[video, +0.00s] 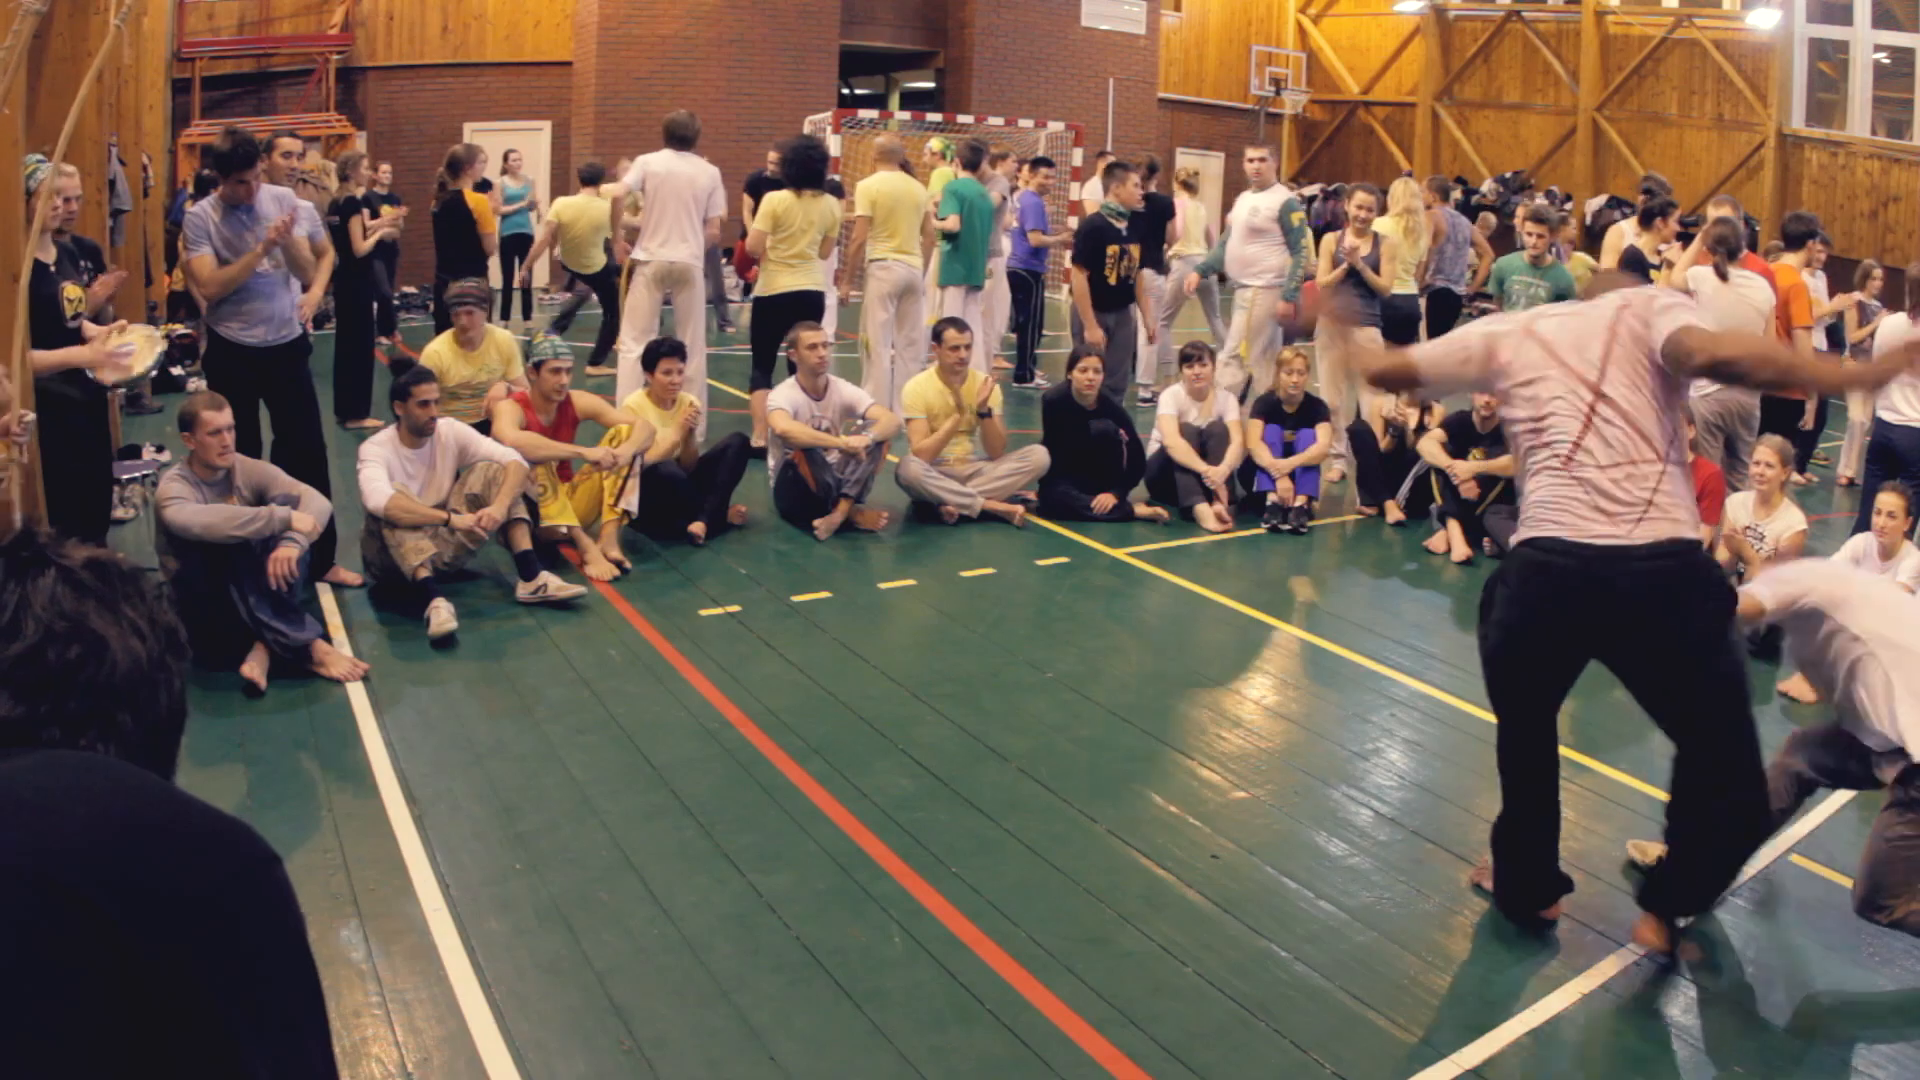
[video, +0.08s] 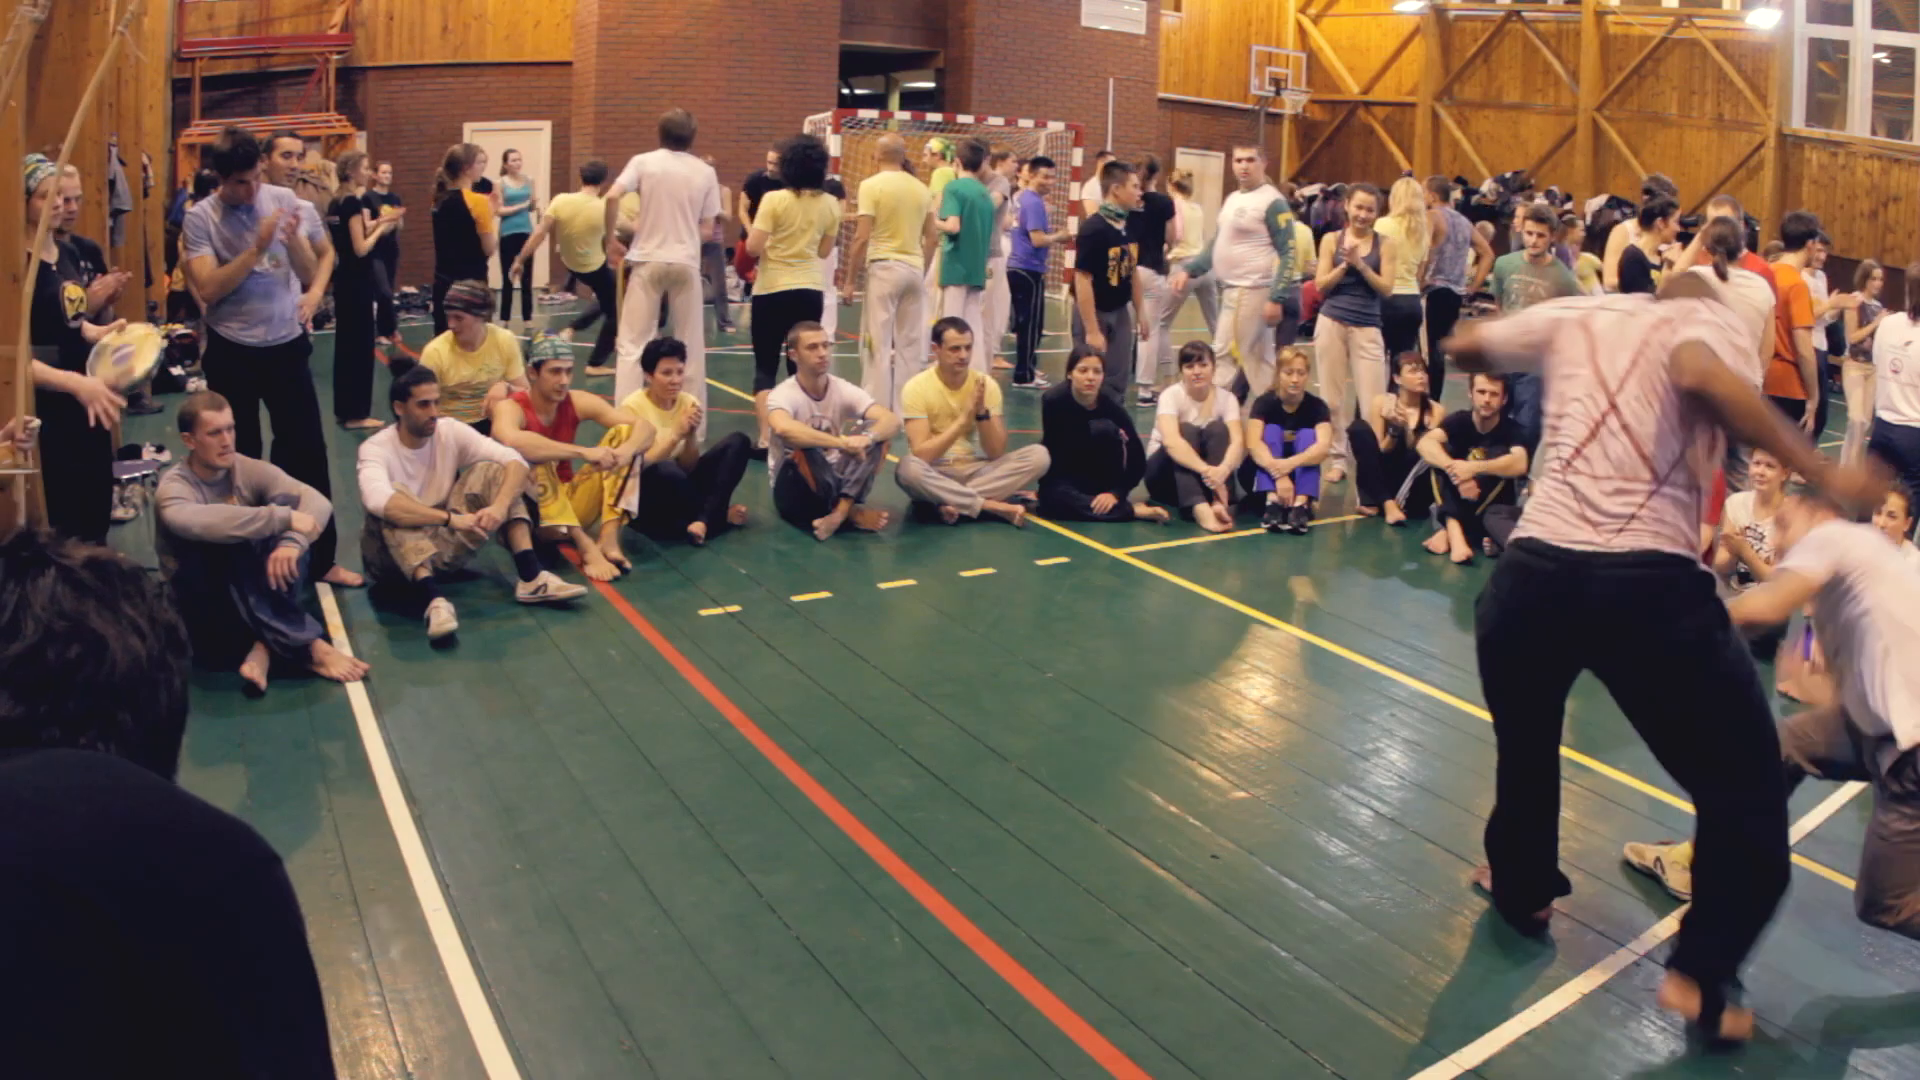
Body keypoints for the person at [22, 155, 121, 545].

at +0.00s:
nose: (61, 206)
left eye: (66, 198)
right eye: (51, 197)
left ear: (72, 201)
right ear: (28, 201)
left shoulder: (64, 254)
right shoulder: (16, 265)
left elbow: (69, 318)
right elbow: (15, 359)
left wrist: (99, 332)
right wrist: (83, 356)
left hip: (83, 391)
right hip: (45, 400)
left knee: (96, 495)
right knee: (64, 502)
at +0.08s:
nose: (59, 204)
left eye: (63, 196)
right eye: (48, 196)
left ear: (67, 199)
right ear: (25, 202)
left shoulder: (63, 253)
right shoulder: (14, 262)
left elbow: (64, 322)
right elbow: (14, 358)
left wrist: (100, 333)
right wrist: (77, 384)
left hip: (79, 395)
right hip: (43, 401)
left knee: (95, 504)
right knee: (63, 511)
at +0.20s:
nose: (67, 208)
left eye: (70, 199)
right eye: (55, 199)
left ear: (75, 201)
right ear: (27, 205)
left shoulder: (67, 260)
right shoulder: (14, 266)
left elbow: (68, 324)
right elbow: (11, 361)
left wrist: (100, 342)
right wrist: (81, 371)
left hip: (83, 405)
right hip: (44, 410)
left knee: (94, 513)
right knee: (60, 518)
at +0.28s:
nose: (66, 209)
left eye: (70, 200)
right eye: (53, 200)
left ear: (76, 202)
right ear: (26, 206)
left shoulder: (69, 262)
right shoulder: (15, 268)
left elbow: (71, 326)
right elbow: (18, 361)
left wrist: (101, 346)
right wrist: (95, 364)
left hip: (85, 405)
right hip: (45, 412)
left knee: (96, 514)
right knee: (66, 517)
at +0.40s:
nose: (59, 208)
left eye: (64, 198)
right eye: (47, 199)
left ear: (69, 200)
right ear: (21, 205)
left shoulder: (69, 259)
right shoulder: (19, 266)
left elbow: (78, 328)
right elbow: (30, 355)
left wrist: (105, 307)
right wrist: (94, 340)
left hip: (86, 391)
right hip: (49, 398)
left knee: (99, 497)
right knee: (69, 502)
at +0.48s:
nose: (59, 206)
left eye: (65, 196)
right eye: (46, 196)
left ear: (72, 198)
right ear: (22, 202)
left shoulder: (71, 255)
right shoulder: (18, 263)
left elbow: (73, 327)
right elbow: (22, 354)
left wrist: (106, 339)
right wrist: (93, 327)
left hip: (88, 390)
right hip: (47, 398)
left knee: (98, 495)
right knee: (65, 500)